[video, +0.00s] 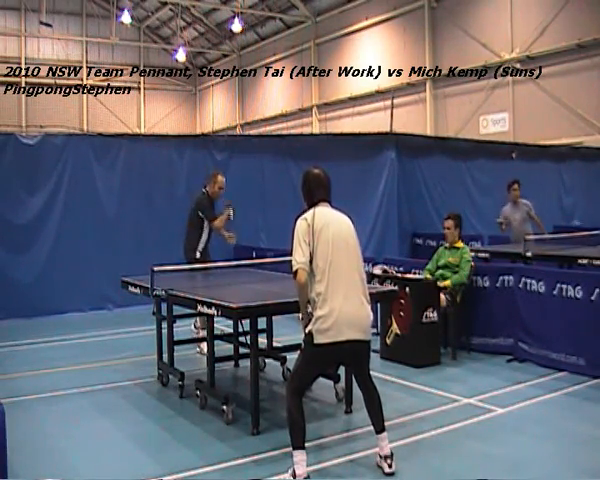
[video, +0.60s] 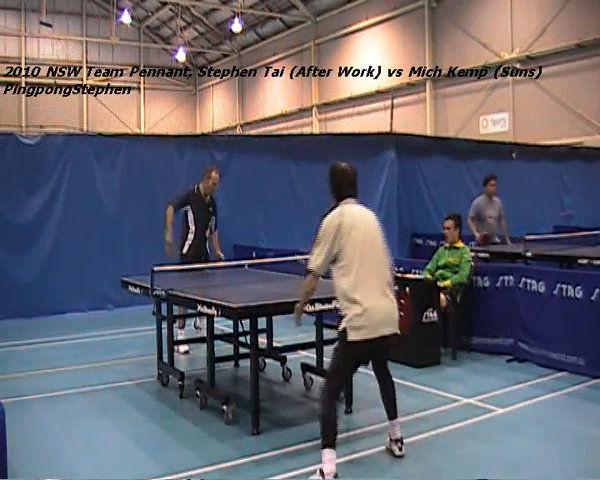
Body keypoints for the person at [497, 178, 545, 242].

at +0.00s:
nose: (517, 193)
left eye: (518, 190)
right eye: (514, 190)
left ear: (520, 192)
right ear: (509, 193)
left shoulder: (526, 205)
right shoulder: (505, 210)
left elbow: (535, 219)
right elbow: (503, 229)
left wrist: (543, 231)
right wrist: (502, 224)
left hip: (528, 237)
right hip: (515, 239)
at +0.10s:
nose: (515, 191)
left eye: (516, 188)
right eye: (512, 188)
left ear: (518, 190)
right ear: (507, 190)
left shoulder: (524, 204)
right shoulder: (503, 206)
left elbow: (531, 218)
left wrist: (539, 231)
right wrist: (500, 223)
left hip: (524, 237)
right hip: (511, 238)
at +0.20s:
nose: (510, 189)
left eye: (512, 186)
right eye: (508, 186)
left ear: (514, 188)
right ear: (503, 188)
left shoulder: (519, 203)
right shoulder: (498, 204)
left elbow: (525, 217)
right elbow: (492, 221)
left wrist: (530, 230)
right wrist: (499, 228)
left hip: (518, 235)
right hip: (504, 236)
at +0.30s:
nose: (506, 187)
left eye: (507, 184)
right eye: (503, 184)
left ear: (509, 186)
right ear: (497, 187)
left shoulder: (513, 202)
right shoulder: (492, 204)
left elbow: (518, 217)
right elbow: (484, 220)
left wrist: (523, 233)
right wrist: (488, 228)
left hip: (512, 239)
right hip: (497, 239)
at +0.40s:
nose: (502, 187)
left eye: (503, 184)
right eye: (499, 184)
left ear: (505, 186)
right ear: (494, 186)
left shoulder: (507, 201)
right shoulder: (487, 202)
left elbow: (512, 218)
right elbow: (479, 219)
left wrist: (518, 233)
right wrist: (485, 232)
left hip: (505, 238)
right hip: (491, 239)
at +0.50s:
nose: (497, 187)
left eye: (498, 184)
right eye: (494, 184)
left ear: (499, 186)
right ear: (488, 186)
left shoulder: (500, 202)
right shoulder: (480, 202)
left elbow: (505, 219)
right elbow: (472, 219)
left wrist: (511, 237)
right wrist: (478, 232)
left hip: (497, 237)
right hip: (484, 238)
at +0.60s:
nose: (493, 188)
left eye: (494, 185)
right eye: (491, 185)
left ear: (496, 187)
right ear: (485, 187)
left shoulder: (497, 202)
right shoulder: (477, 202)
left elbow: (501, 220)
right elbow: (469, 220)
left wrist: (506, 237)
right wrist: (476, 234)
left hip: (494, 238)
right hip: (481, 238)